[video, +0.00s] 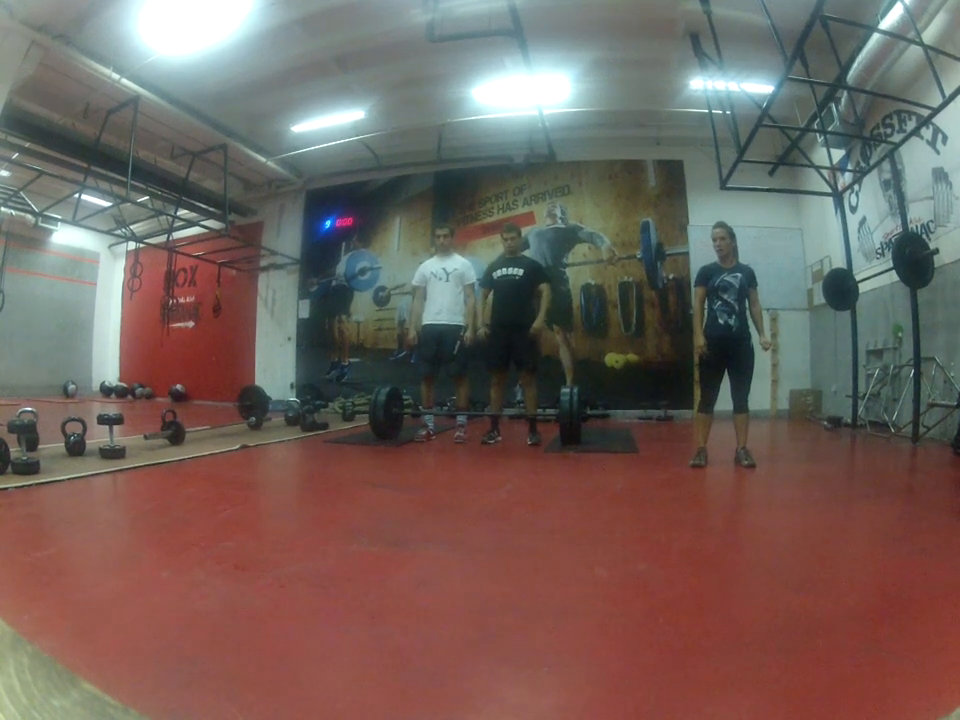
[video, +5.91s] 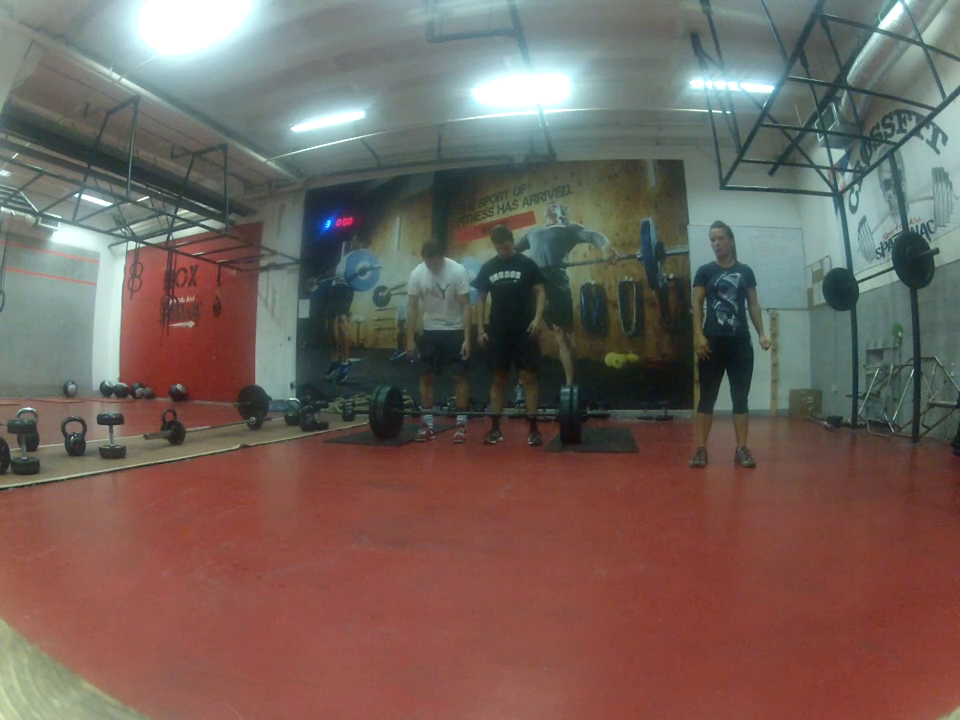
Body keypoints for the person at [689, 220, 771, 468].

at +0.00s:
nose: (718, 244)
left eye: (722, 239)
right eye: (715, 240)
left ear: (733, 242)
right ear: (712, 244)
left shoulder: (746, 272)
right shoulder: (706, 272)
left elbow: (754, 305)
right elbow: (698, 306)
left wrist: (761, 334)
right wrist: (698, 337)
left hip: (740, 344)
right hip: (712, 343)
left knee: (740, 400)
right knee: (707, 399)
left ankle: (742, 449)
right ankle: (700, 450)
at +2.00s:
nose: (719, 244)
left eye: (722, 239)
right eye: (715, 240)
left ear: (733, 241)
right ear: (712, 244)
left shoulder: (746, 272)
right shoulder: (706, 272)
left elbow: (754, 305)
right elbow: (698, 305)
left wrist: (762, 333)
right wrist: (698, 334)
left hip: (740, 342)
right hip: (713, 342)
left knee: (741, 400)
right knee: (707, 399)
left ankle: (742, 449)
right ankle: (700, 449)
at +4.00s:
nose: (718, 243)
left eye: (722, 239)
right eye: (714, 240)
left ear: (732, 241)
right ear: (711, 244)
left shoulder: (746, 272)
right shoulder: (705, 272)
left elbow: (754, 305)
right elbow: (697, 306)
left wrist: (761, 333)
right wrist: (698, 336)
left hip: (740, 343)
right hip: (712, 342)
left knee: (740, 399)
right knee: (707, 399)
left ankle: (742, 449)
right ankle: (701, 450)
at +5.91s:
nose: (717, 243)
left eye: (721, 238)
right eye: (713, 240)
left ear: (731, 241)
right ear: (710, 244)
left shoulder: (745, 272)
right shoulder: (704, 272)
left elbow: (754, 305)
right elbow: (697, 306)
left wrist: (761, 333)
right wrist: (698, 335)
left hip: (740, 343)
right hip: (712, 342)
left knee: (740, 399)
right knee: (707, 398)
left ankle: (742, 449)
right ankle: (701, 449)